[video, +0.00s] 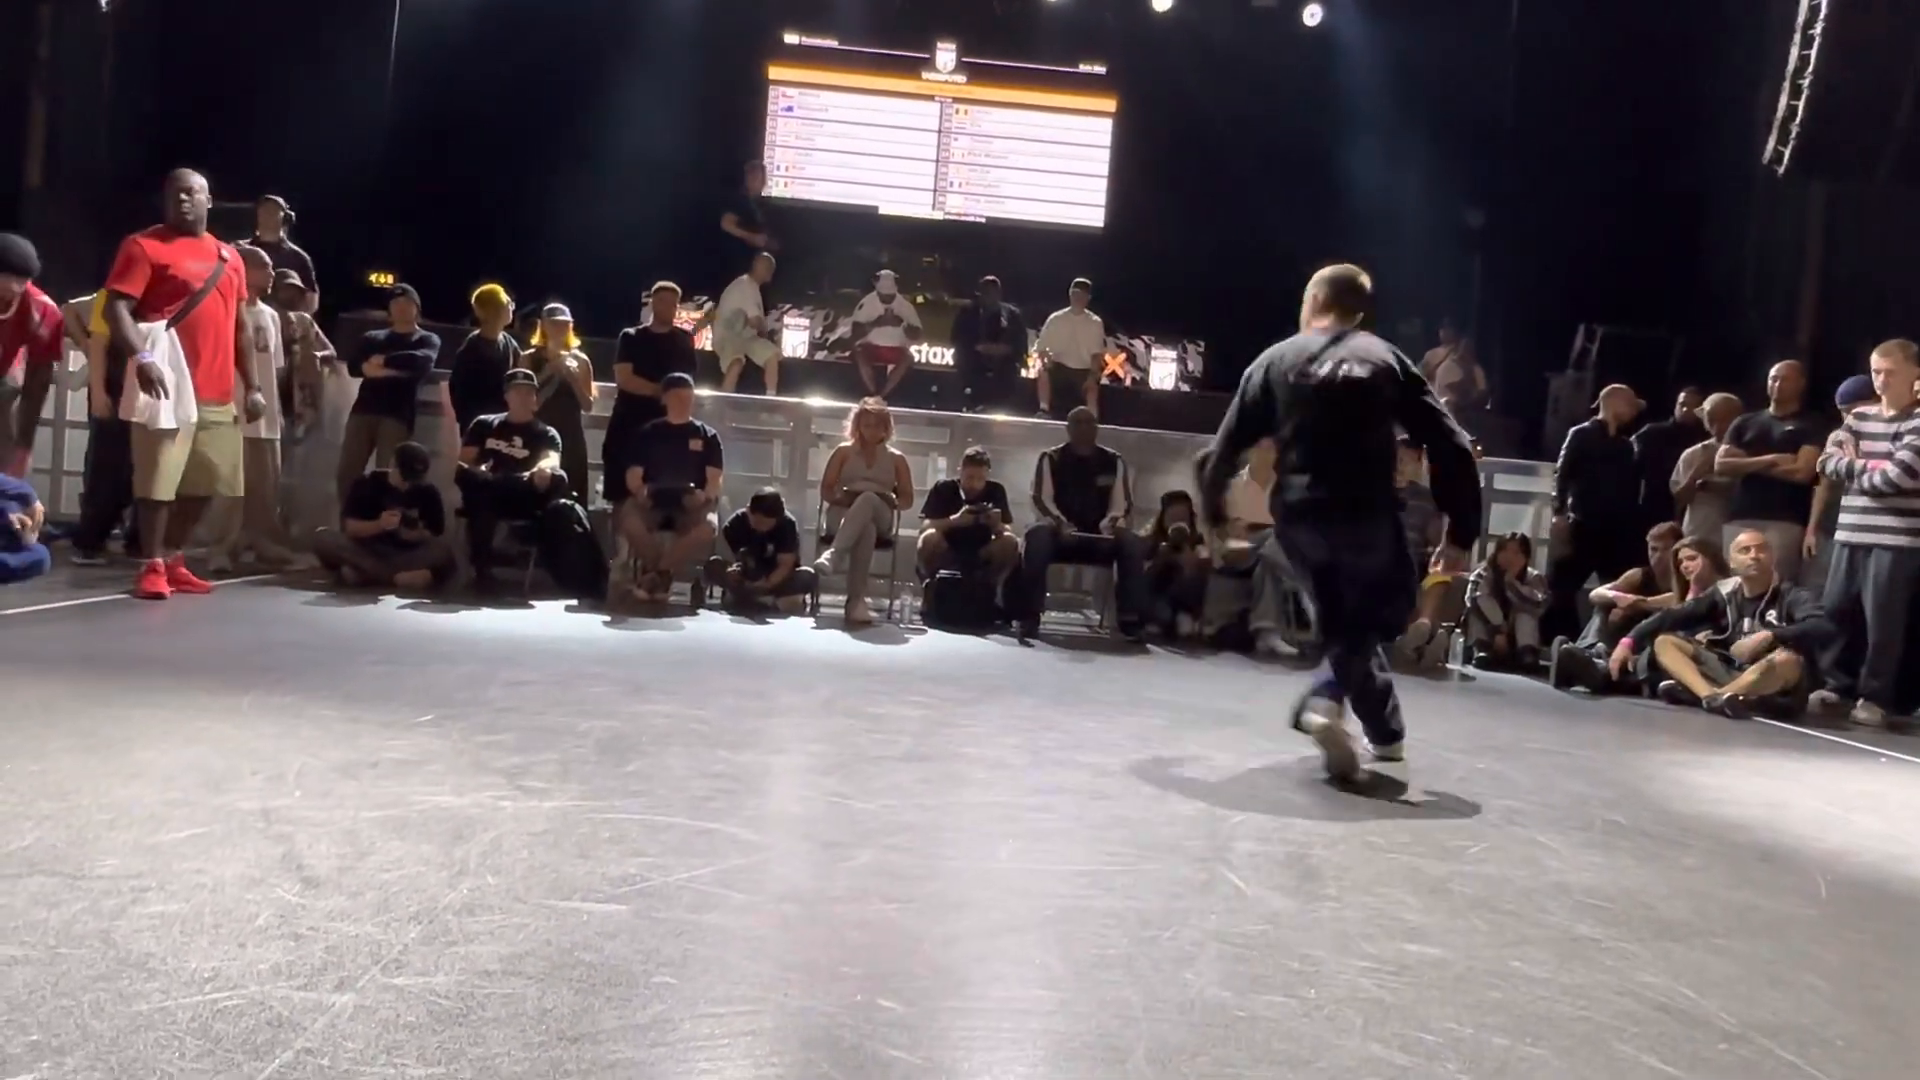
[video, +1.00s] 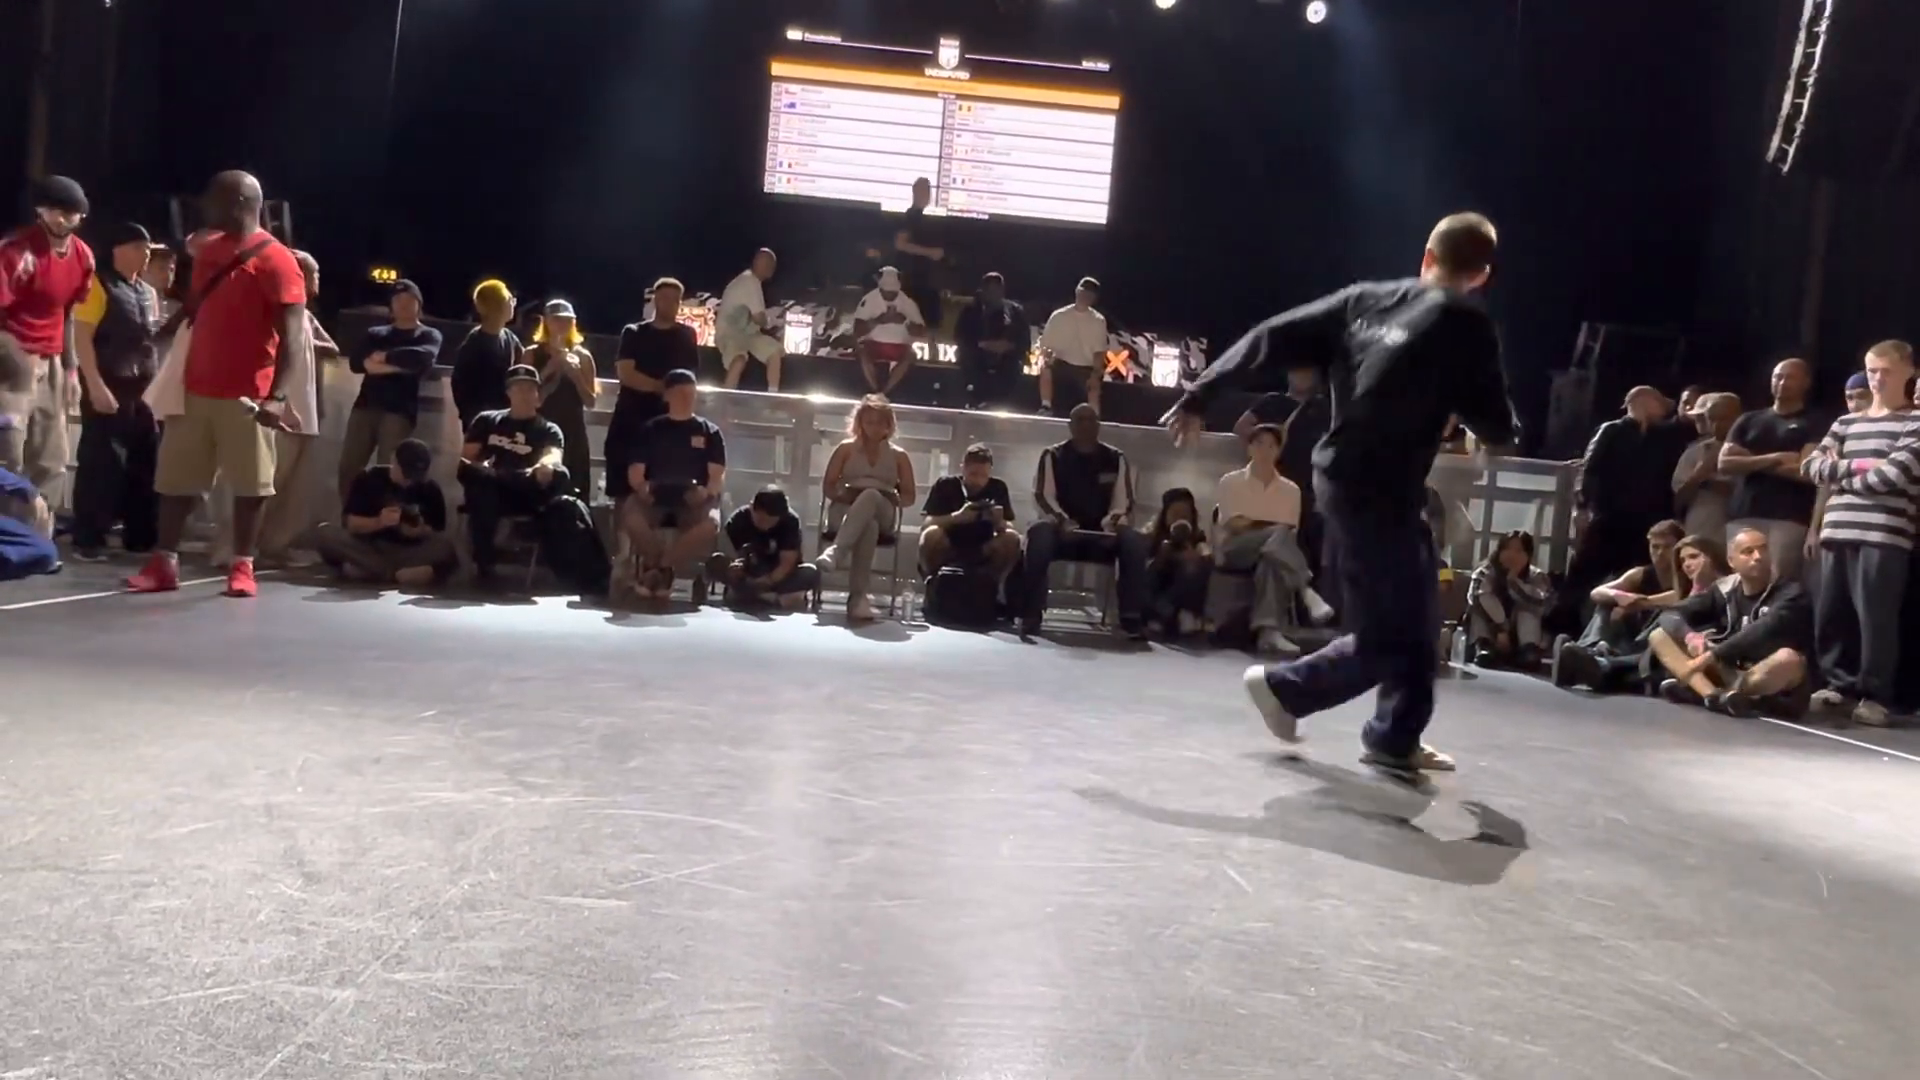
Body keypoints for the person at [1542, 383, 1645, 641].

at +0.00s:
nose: (1634, 409)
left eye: (1634, 404)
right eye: (1630, 403)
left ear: (1614, 406)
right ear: (1614, 404)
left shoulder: (1627, 445)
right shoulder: (1581, 435)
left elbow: (1632, 484)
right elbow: (1562, 473)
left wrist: (1631, 514)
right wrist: (1559, 510)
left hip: (1618, 522)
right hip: (1583, 521)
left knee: (1619, 586)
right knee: (1565, 583)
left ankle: (1618, 646)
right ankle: (1557, 637)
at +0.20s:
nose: (1643, 409)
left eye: (1643, 404)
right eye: (1639, 403)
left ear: (1621, 406)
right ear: (1623, 405)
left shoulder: (1635, 446)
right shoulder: (1589, 434)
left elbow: (1640, 484)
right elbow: (1569, 473)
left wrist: (1639, 513)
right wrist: (1570, 510)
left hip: (1623, 520)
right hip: (1591, 518)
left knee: (1625, 580)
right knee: (1573, 577)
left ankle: (1619, 640)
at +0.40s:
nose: (1654, 409)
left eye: (1653, 403)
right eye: (1649, 402)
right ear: (1632, 403)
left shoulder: (1654, 438)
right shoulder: (1599, 435)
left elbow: (1663, 479)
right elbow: (1580, 473)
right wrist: (1576, 510)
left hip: (1642, 522)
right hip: (1602, 522)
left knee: (1637, 587)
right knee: (1576, 581)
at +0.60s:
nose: (1661, 409)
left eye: (1661, 403)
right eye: (1656, 402)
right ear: (1639, 402)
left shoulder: (1664, 436)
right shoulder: (1606, 433)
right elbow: (1584, 474)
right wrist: (1579, 510)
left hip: (1649, 522)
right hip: (1609, 521)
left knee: (1645, 584)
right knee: (1583, 578)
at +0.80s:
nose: (1664, 407)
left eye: (1663, 402)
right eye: (1659, 400)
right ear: (1640, 403)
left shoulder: (1667, 437)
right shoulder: (1607, 433)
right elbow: (1584, 472)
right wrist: (1579, 510)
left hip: (1649, 523)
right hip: (1608, 521)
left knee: (1642, 583)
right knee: (1583, 578)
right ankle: (1564, 630)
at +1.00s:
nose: (1662, 407)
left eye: (1660, 403)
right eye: (1657, 402)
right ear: (1638, 405)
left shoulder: (1661, 435)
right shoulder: (1611, 431)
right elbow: (1591, 468)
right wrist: (1587, 504)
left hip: (1646, 517)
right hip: (1609, 516)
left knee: (1639, 577)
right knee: (1587, 572)